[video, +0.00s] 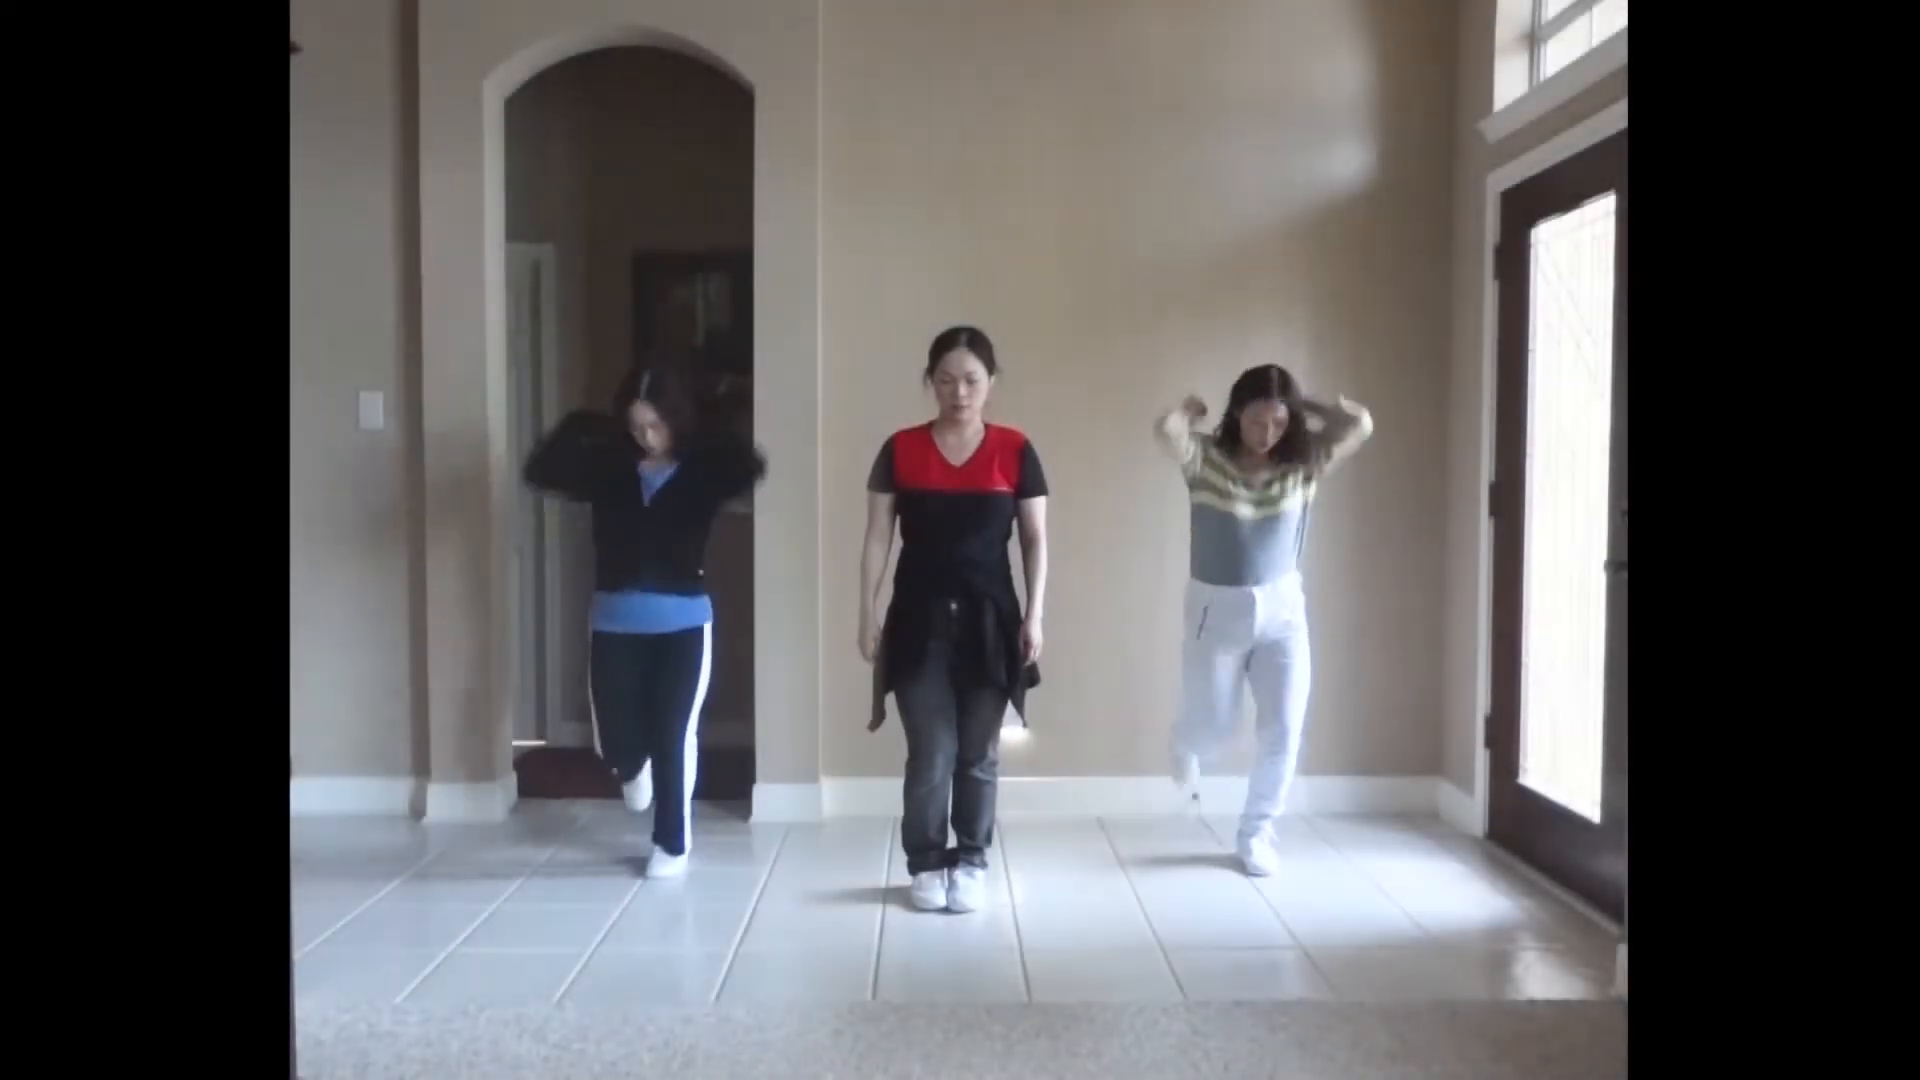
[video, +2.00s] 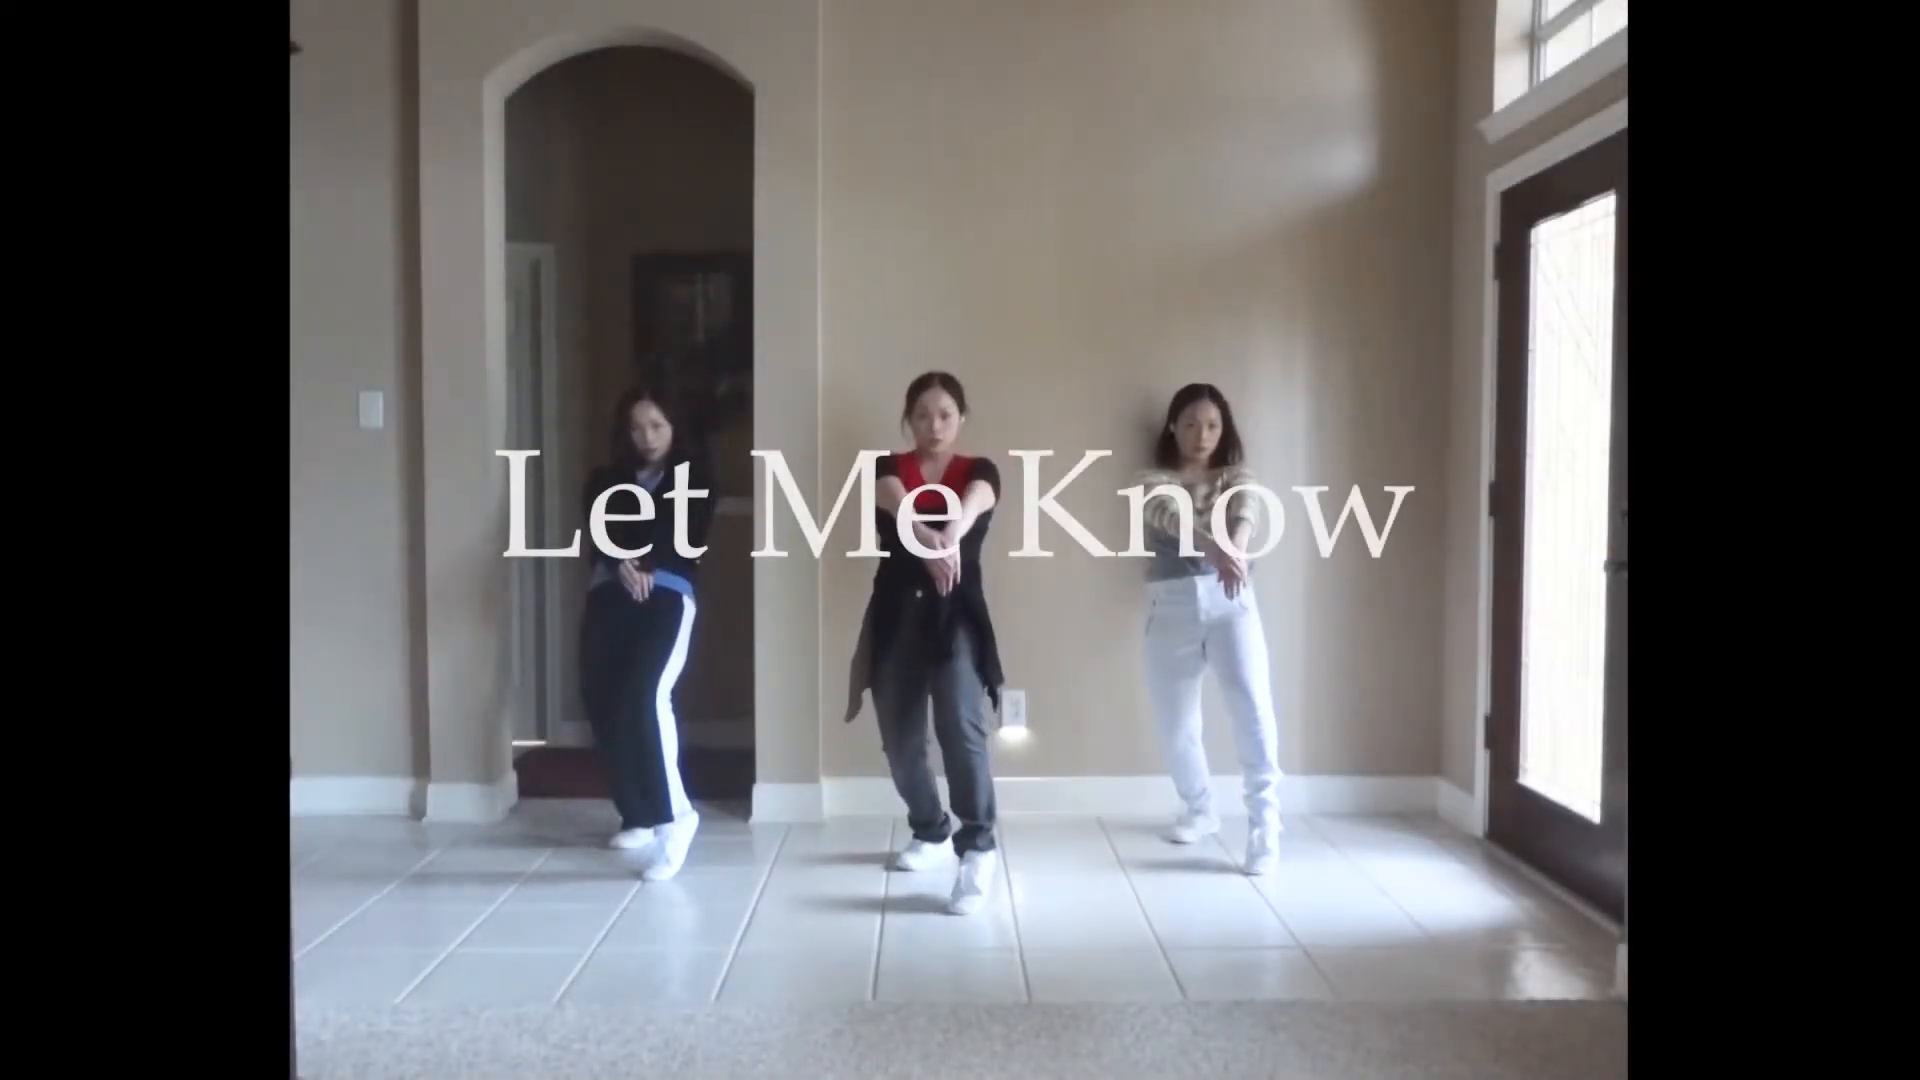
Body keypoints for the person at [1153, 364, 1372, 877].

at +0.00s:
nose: (1266, 431)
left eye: (1277, 421)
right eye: (1256, 419)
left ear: (1289, 423)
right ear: (1236, 417)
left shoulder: (1303, 467)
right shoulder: (1205, 459)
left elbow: (1361, 424)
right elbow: (1166, 431)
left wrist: (1312, 408)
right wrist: (1185, 412)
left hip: (1282, 616)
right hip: (1215, 615)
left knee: (1283, 731)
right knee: (1215, 726)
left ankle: (1257, 836)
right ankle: (1184, 747)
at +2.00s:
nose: (1200, 433)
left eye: (1210, 424)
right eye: (1190, 423)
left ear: (1223, 431)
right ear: (1173, 429)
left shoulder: (1236, 483)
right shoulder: (1154, 484)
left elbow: (1240, 525)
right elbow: (1167, 523)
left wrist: (1230, 553)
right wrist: (1212, 549)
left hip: (1229, 602)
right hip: (1170, 606)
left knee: (1253, 712)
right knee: (1176, 727)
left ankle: (1264, 824)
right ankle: (1199, 809)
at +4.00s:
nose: (1211, 373)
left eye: (1218, 367)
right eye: (1197, 364)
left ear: (1224, 387)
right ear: (1170, 379)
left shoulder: (1205, 447)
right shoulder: (1170, 444)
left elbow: (1207, 526)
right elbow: (1205, 518)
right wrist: (1243, 462)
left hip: (1222, 599)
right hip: (1192, 602)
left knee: (1204, 737)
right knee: (1267, 725)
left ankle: (1184, 857)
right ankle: (1189, 846)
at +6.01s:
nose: (1116, 408)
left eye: (1125, 401)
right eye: (1118, 400)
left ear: (1149, 412)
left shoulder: (1203, 475)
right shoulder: (1107, 466)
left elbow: (1242, 529)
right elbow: (1063, 442)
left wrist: (1297, 539)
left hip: (1175, 606)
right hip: (1115, 607)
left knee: (1182, 717)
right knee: (1119, 724)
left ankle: (1206, 840)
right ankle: (1144, 827)